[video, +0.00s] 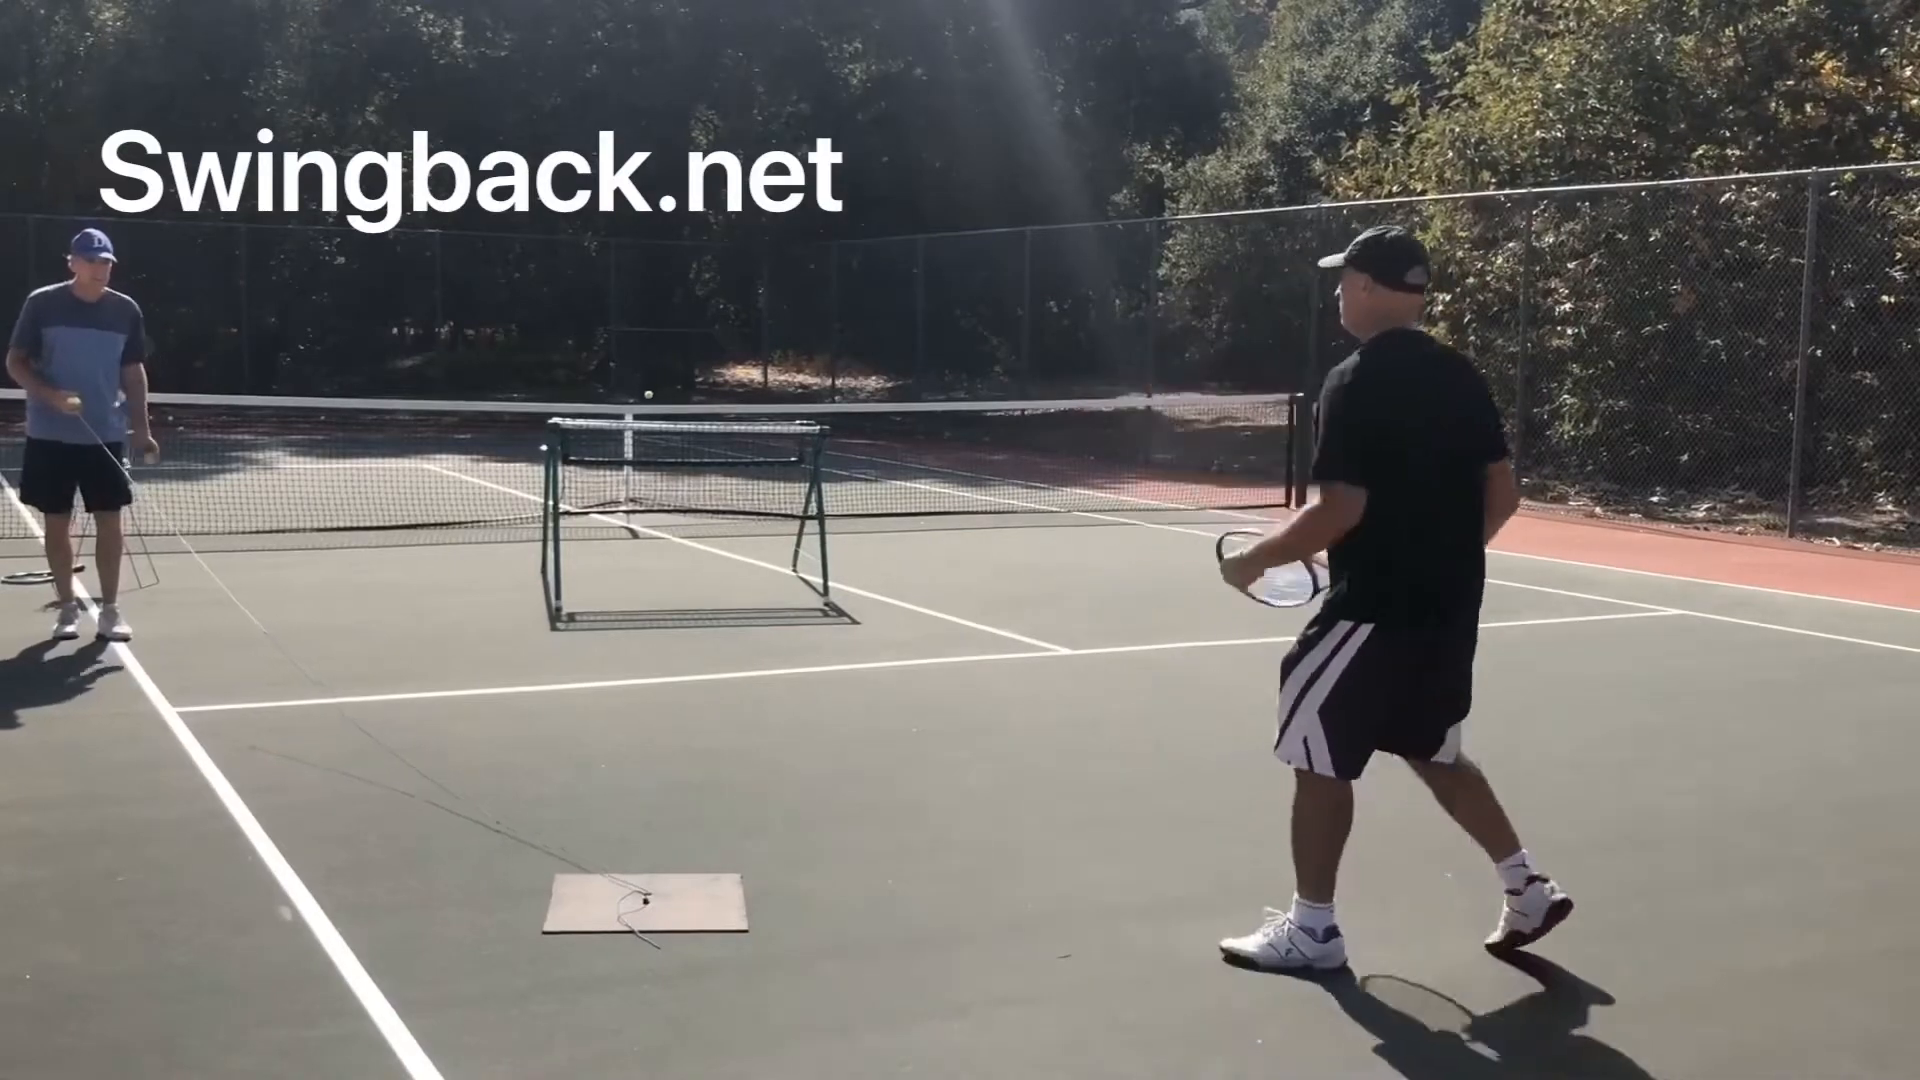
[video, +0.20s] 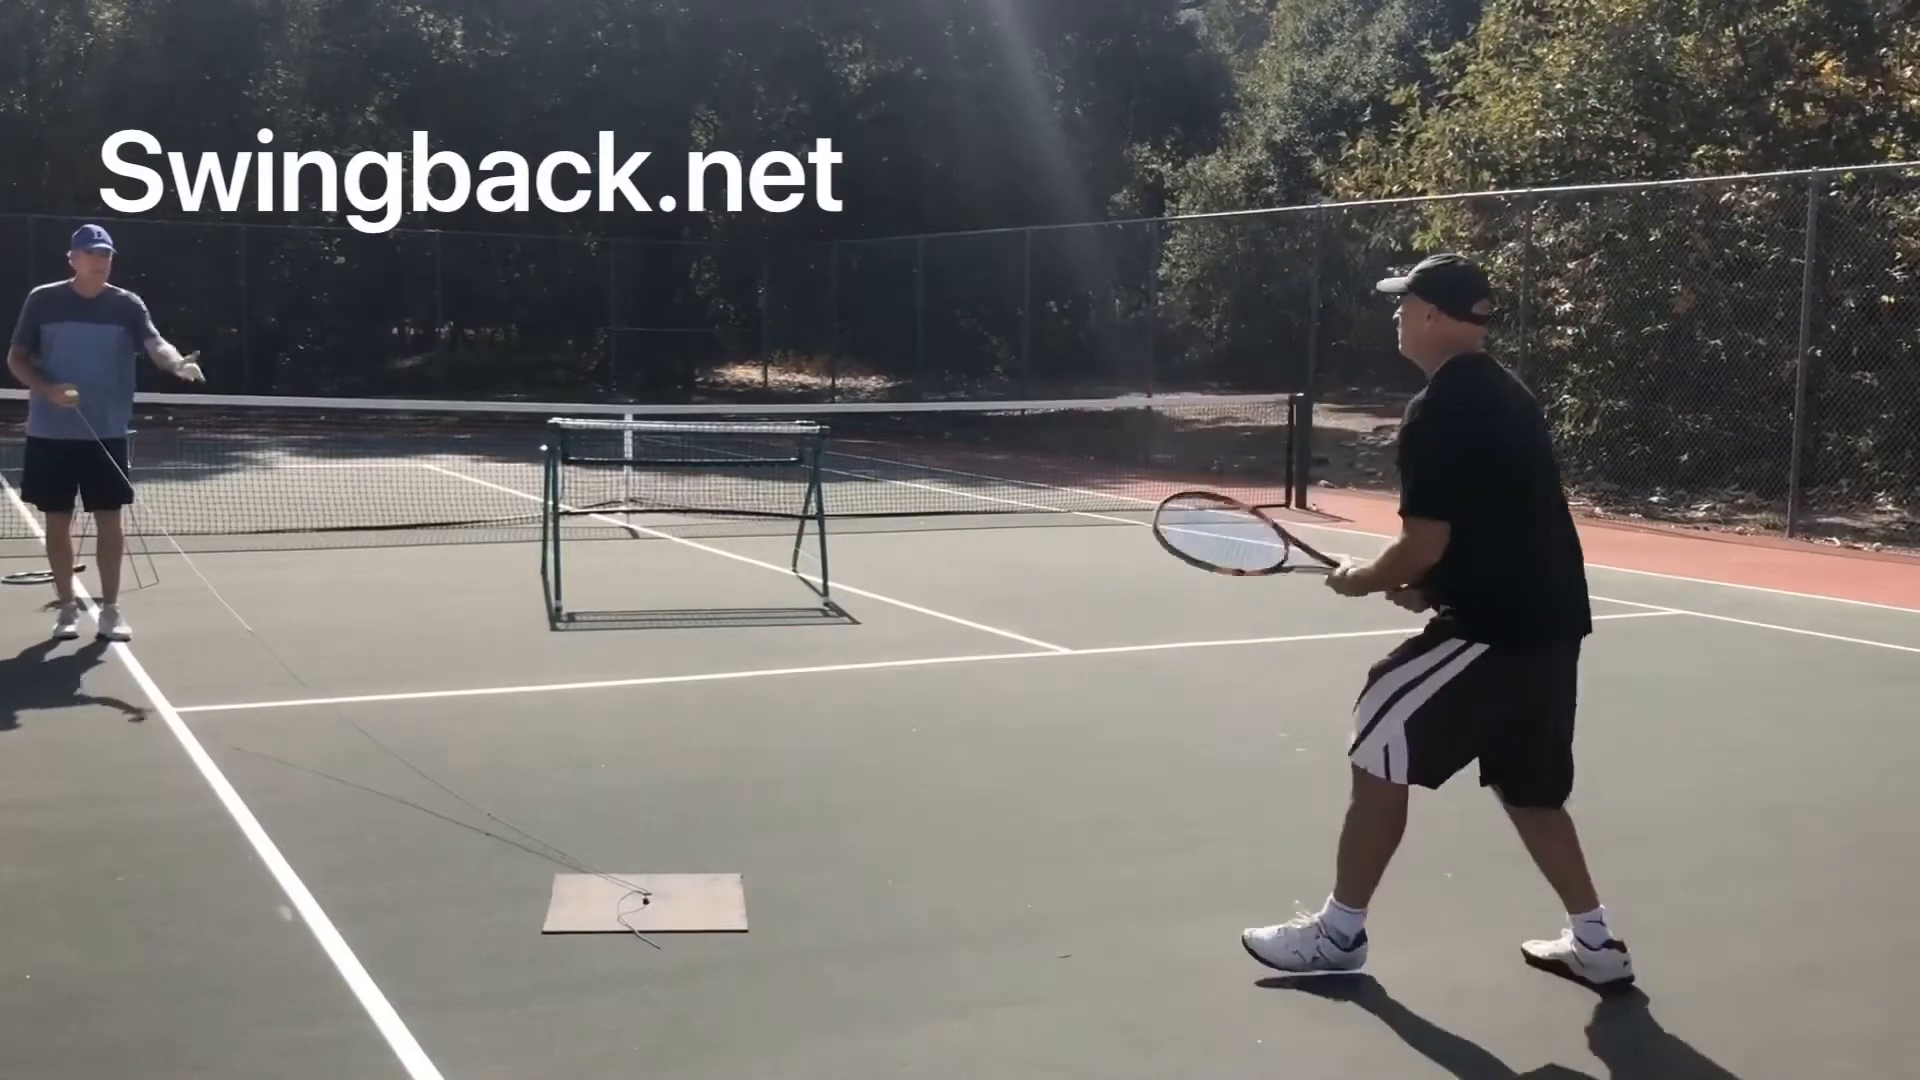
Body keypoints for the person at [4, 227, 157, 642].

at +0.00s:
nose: (101, 271)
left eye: (106, 263)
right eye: (93, 262)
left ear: (113, 266)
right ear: (72, 263)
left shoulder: (126, 311)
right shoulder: (41, 304)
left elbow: (134, 371)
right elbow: (15, 361)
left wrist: (141, 429)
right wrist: (49, 394)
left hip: (105, 438)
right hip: (51, 438)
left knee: (110, 521)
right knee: (56, 523)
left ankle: (110, 609)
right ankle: (68, 605)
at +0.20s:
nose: (101, 261)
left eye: (106, 254)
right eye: (92, 253)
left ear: (112, 259)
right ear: (73, 257)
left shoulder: (129, 306)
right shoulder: (42, 300)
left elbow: (156, 345)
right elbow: (16, 358)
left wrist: (177, 364)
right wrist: (46, 388)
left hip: (107, 436)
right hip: (52, 435)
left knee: (110, 520)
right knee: (58, 520)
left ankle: (110, 609)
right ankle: (68, 606)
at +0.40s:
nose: (99, 253)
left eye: (104, 247)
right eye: (91, 247)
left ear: (111, 254)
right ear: (72, 254)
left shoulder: (127, 295)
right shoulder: (43, 298)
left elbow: (153, 319)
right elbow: (20, 359)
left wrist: (167, 311)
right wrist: (48, 383)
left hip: (110, 428)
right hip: (55, 430)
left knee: (111, 518)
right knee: (59, 519)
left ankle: (110, 609)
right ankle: (68, 608)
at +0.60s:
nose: (93, 256)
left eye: (99, 249)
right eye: (86, 249)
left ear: (107, 255)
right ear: (69, 254)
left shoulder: (126, 299)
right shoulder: (41, 300)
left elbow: (157, 347)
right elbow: (22, 360)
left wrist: (122, 343)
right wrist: (51, 382)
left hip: (113, 430)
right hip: (57, 433)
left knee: (113, 519)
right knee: (60, 521)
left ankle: (111, 610)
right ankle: (68, 607)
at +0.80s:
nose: (92, 261)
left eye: (99, 255)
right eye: (85, 254)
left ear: (107, 258)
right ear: (69, 256)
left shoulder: (125, 302)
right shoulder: (40, 301)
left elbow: (147, 362)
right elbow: (21, 364)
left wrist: (106, 383)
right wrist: (58, 387)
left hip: (112, 433)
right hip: (57, 435)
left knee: (112, 519)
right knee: (60, 519)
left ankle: (111, 609)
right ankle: (69, 606)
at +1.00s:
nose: (91, 264)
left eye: (98, 257)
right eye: (84, 256)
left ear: (106, 260)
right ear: (67, 256)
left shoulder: (124, 302)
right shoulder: (40, 301)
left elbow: (145, 363)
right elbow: (19, 364)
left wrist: (121, 389)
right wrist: (58, 390)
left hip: (109, 433)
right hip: (55, 436)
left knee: (111, 519)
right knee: (60, 520)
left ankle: (111, 609)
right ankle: (69, 606)